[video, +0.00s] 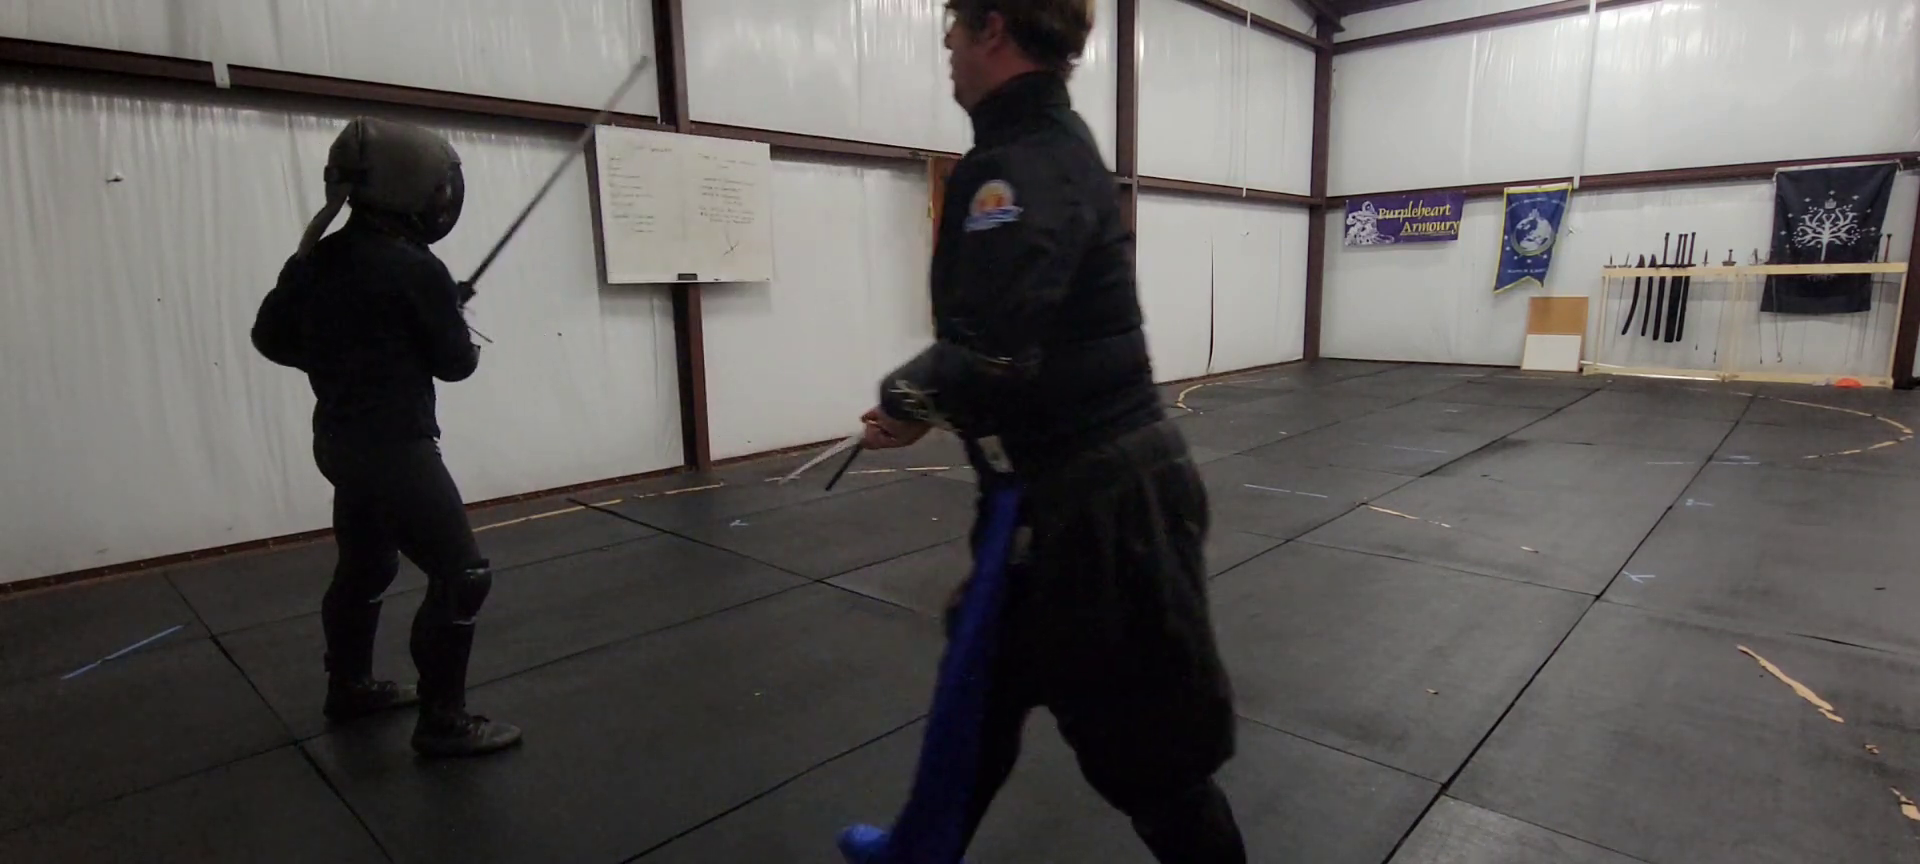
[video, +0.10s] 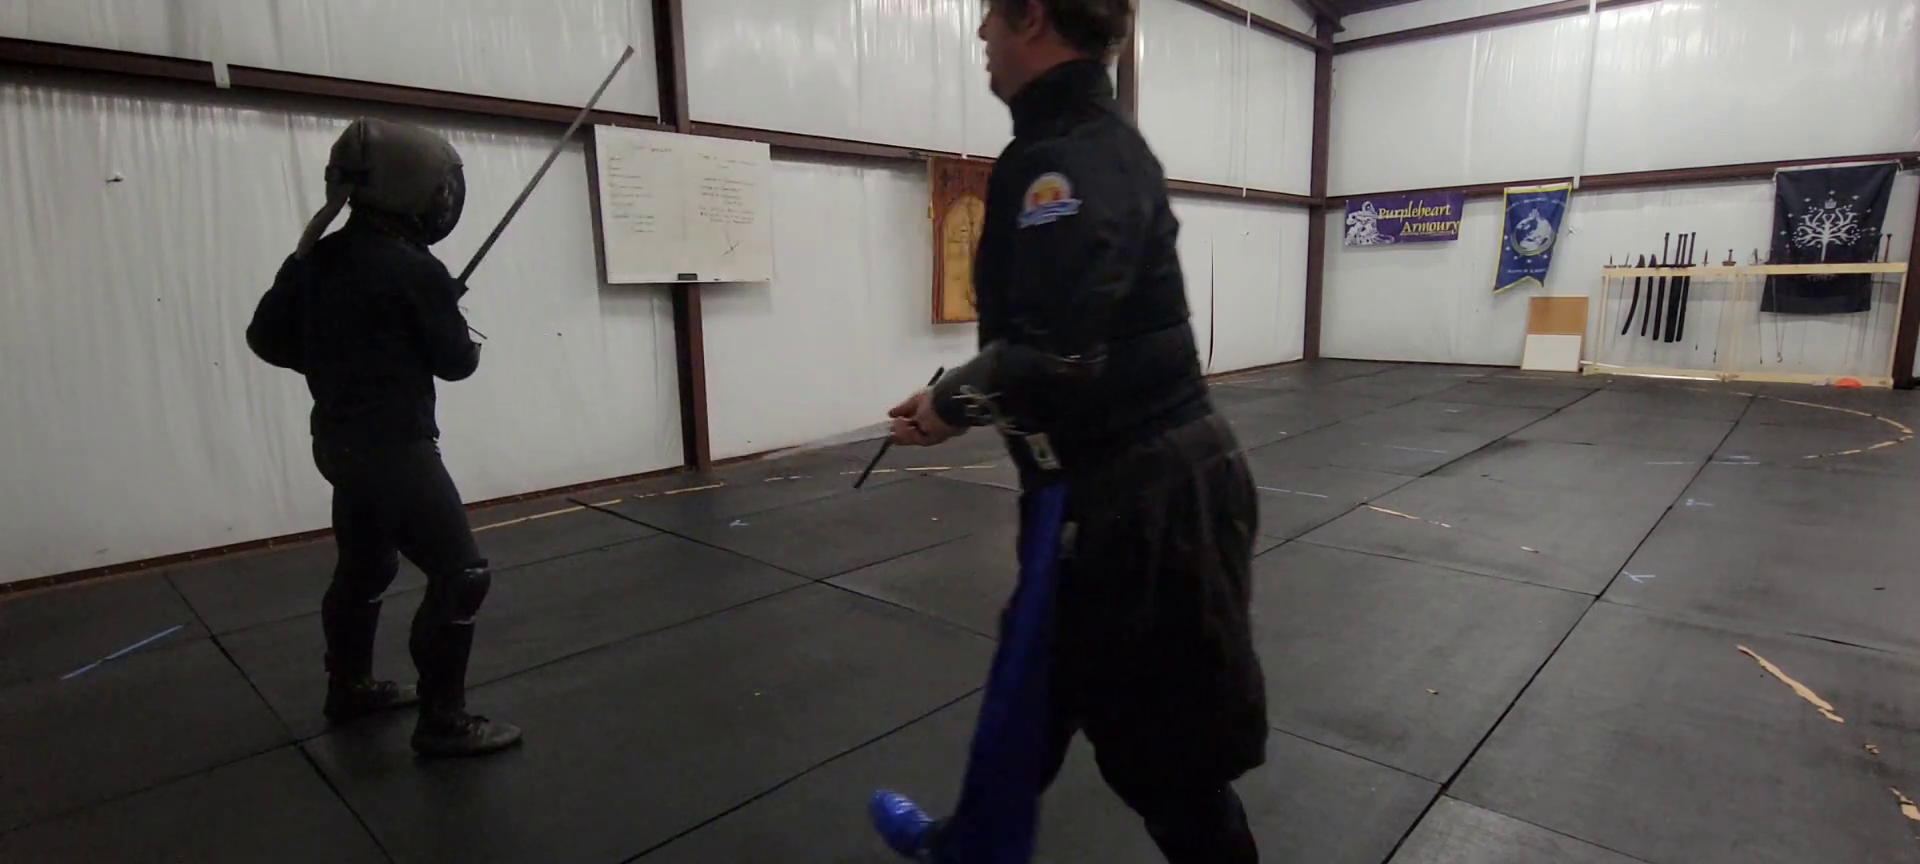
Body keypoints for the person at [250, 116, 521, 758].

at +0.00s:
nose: (449, 201)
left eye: (449, 188)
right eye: (444, 189)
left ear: (361, 189)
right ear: (424, 196)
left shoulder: (317, 261)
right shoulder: (416, 268)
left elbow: (269, 335)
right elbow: (455, 361)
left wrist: (339, 353)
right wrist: (449, 306)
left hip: (341, 446)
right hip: (402, 451)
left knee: (364, 565)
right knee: (461, 576)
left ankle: (350, 689)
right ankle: (444, 720)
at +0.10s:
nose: (451, 199)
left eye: (451, 185)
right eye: (446, 187)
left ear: (361, 189)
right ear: (423, 195)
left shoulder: (316, 261)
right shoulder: (416, 270)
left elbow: (263, 336)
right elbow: (455, 360)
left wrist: (332, 359)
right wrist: (455, 326)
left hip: (340, 444)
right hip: (400, 448)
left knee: (363, 566)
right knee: (460, 575)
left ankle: (350, 689)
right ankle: (444, 720)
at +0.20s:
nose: (447, 200)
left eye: (447, 187)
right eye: (443, 188)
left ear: (359, 189)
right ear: (424, 196)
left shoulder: (317, 261)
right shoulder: (418, 272)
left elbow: (268, 336)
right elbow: (456, 360)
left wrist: (336, 348)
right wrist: (454, 311)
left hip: (337, 445)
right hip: (401, 452)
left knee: (362, 564)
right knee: (457, 576)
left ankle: (349, 688)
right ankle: (443, 720)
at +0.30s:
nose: (444, 196)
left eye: (442, 183)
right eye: (437, 184)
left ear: (357, 186)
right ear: (416, 193)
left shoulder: (312, 259)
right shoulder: (411, 271)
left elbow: (292, 343)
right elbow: (446, 360)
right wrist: (477, 338)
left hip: (335, 444)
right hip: (396, 448)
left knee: (361, 565)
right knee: (453, 575)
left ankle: (347, 688)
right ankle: (443, 721)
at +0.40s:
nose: (432, 193)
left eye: (430, 180)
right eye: (425, 181)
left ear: (342, 186)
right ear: (402, 190)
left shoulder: (303, 266)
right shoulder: (399, 270)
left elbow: (338, 354)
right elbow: (456, 349)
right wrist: (506, 340)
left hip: (333, 447)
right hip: (392, 450)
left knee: (357, 568)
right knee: (451, 575)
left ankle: (348, 687)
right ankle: (442, 719)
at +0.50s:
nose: (424, 192)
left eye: (422, 179)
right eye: (417, 180)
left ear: (340, 184)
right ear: (396, 189)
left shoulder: (307, 262)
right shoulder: (386, 266)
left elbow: (403, 330)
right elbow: (460, 339)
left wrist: (488, 333)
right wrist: (533, 338)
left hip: (334, 443)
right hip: (389, 449)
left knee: (358, 567)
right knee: (448, 575)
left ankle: (349, 689)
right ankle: (443, 721)